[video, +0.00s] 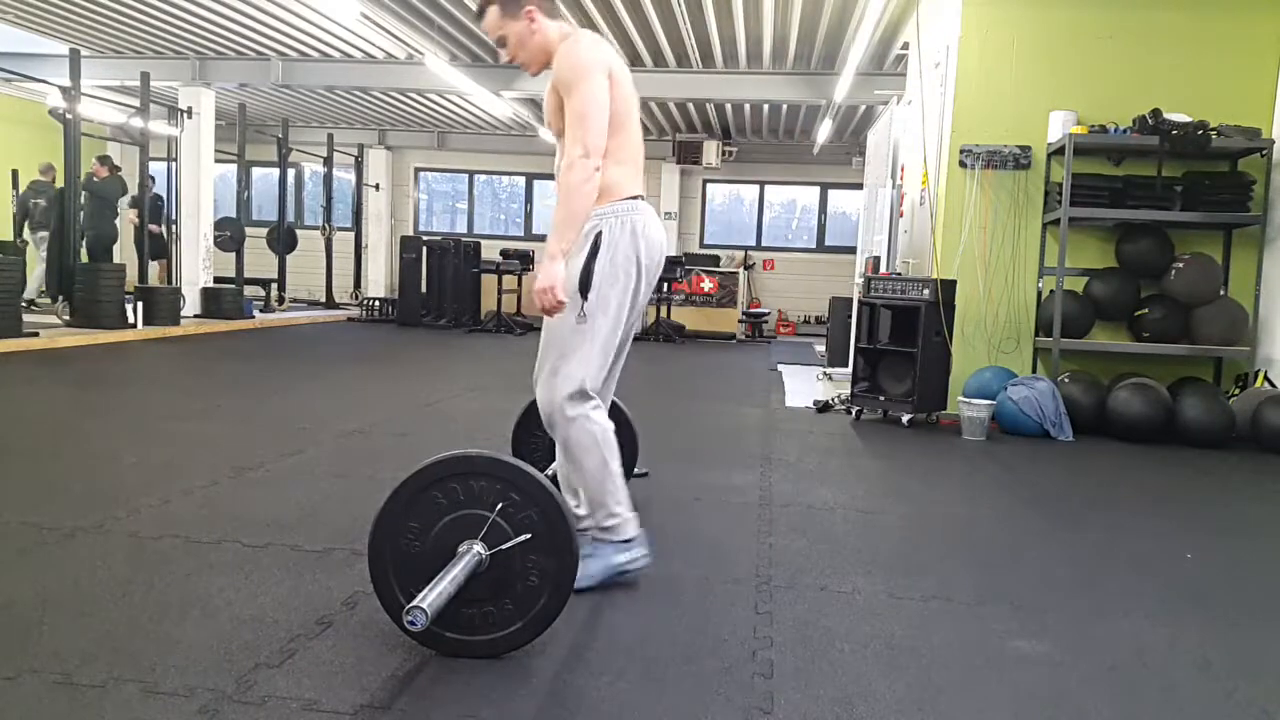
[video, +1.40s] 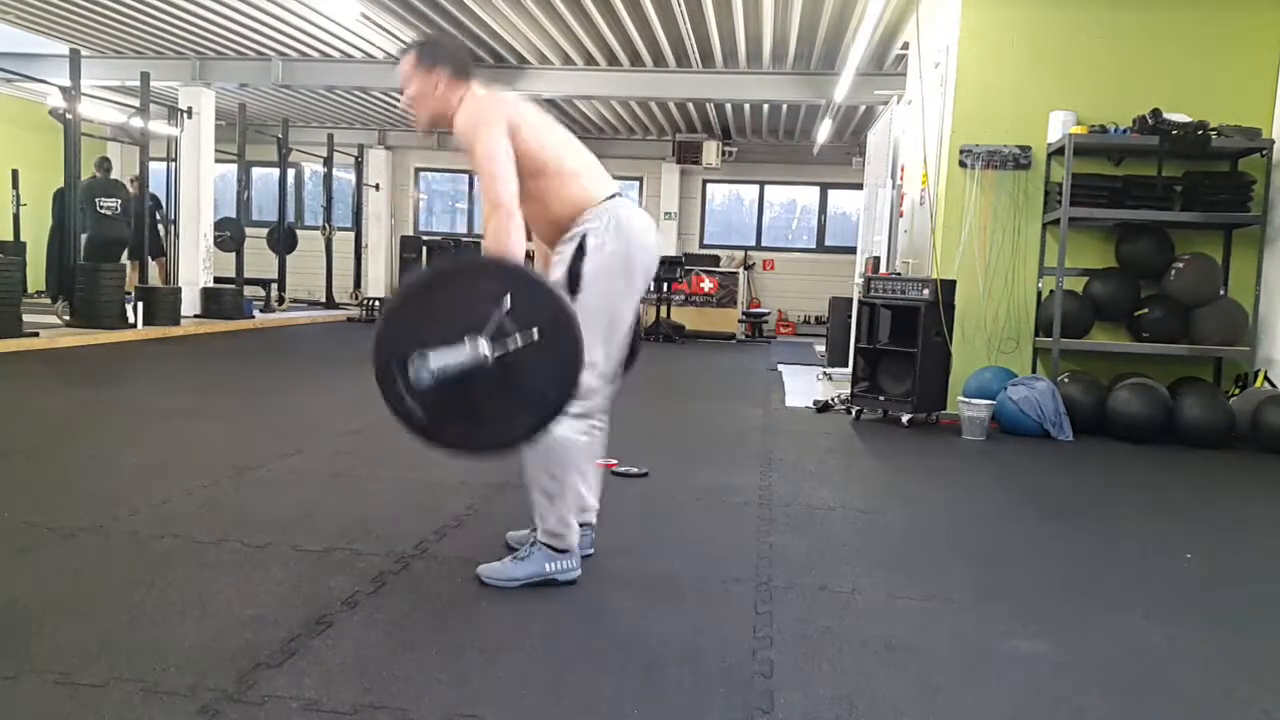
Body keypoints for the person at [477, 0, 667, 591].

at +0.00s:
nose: (505, 55)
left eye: (503, 40)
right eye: (497, 46)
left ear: (532, 14)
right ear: (534, 17)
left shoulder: (580, 53)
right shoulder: (585, 60)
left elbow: (585, 159)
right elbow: (592, 169)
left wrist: (554, 258)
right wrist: (564, 260)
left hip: (614, 231)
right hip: (616, 231)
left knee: (565, 390)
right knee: (571, 391)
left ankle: (616, 537)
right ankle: (578, 525)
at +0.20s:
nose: (462, 96)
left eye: (458, 81)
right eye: (454, 88)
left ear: (485, 53)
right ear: (485, 59)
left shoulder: (538, 76)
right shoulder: (543, 87)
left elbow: (560, 179)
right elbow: (578, 204)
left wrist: (540, 282)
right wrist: (561, 290)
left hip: (618, 233)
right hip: (619, 233)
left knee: (575, 387)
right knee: (586, 385)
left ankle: (567, 534)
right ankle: (576, 523)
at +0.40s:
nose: (434, 180)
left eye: (427, 166)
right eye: (424, 173)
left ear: (445, 135)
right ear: (446, 136)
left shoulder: (494, 145)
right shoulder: (513, 146)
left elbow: (515, 258)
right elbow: (548, 272)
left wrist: (509, 364)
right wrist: (547, 358)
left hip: (631, 249)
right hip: (641, 245)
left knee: (559, 392)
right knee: (578, 391)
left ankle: (564, 541)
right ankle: (578, 528)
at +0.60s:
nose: (423, 263)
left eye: (415, 249)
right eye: (412, 255)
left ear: (433, 217)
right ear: (435, 214)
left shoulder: (477, 222)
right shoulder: (508, 219)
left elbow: (496, 335)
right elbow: (538, 326)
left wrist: (494, 443)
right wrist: (529, 407)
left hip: (635, 273)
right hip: (651, 266)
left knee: (536, 406)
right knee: (572, 403)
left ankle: (557, 547)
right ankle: (578, 529)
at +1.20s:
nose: (392, 227)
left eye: (389, 211)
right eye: (386, 216)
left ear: (418, 190)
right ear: (425, 190)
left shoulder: (464, 207)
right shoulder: (489, 202)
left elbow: (496, 311)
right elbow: (536, 309)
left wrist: (502, 415)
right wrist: (546, 381)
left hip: (620, 254)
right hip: (642, 245)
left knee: (555, 394)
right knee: (593, 392)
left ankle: (557, 551)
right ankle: (576, 528)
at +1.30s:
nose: (392, 167)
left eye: (391, 151)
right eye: (387, 155)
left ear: (420, 137)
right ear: (423, 140)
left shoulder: (466, 159)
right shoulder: (482, 158)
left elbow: (497, 259)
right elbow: (540, 267)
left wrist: (498, 361)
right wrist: (536, 352)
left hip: (620, 239)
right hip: (613, 241)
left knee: (589, 394)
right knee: (586, 391)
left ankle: (562, 549)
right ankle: (574, 528)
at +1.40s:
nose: (404, 100)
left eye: (408, 86)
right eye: (401, 89)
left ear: (441, 76)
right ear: (448, 77)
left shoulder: (479, 109)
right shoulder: (499, 108)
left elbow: (502, 213)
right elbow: (547, 233)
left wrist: (493, 312)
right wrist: (530, 314)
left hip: (603, 239)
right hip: (609, 237)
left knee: (563, 396)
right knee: (581, 395)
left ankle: (557, 548)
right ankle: (575, 528)